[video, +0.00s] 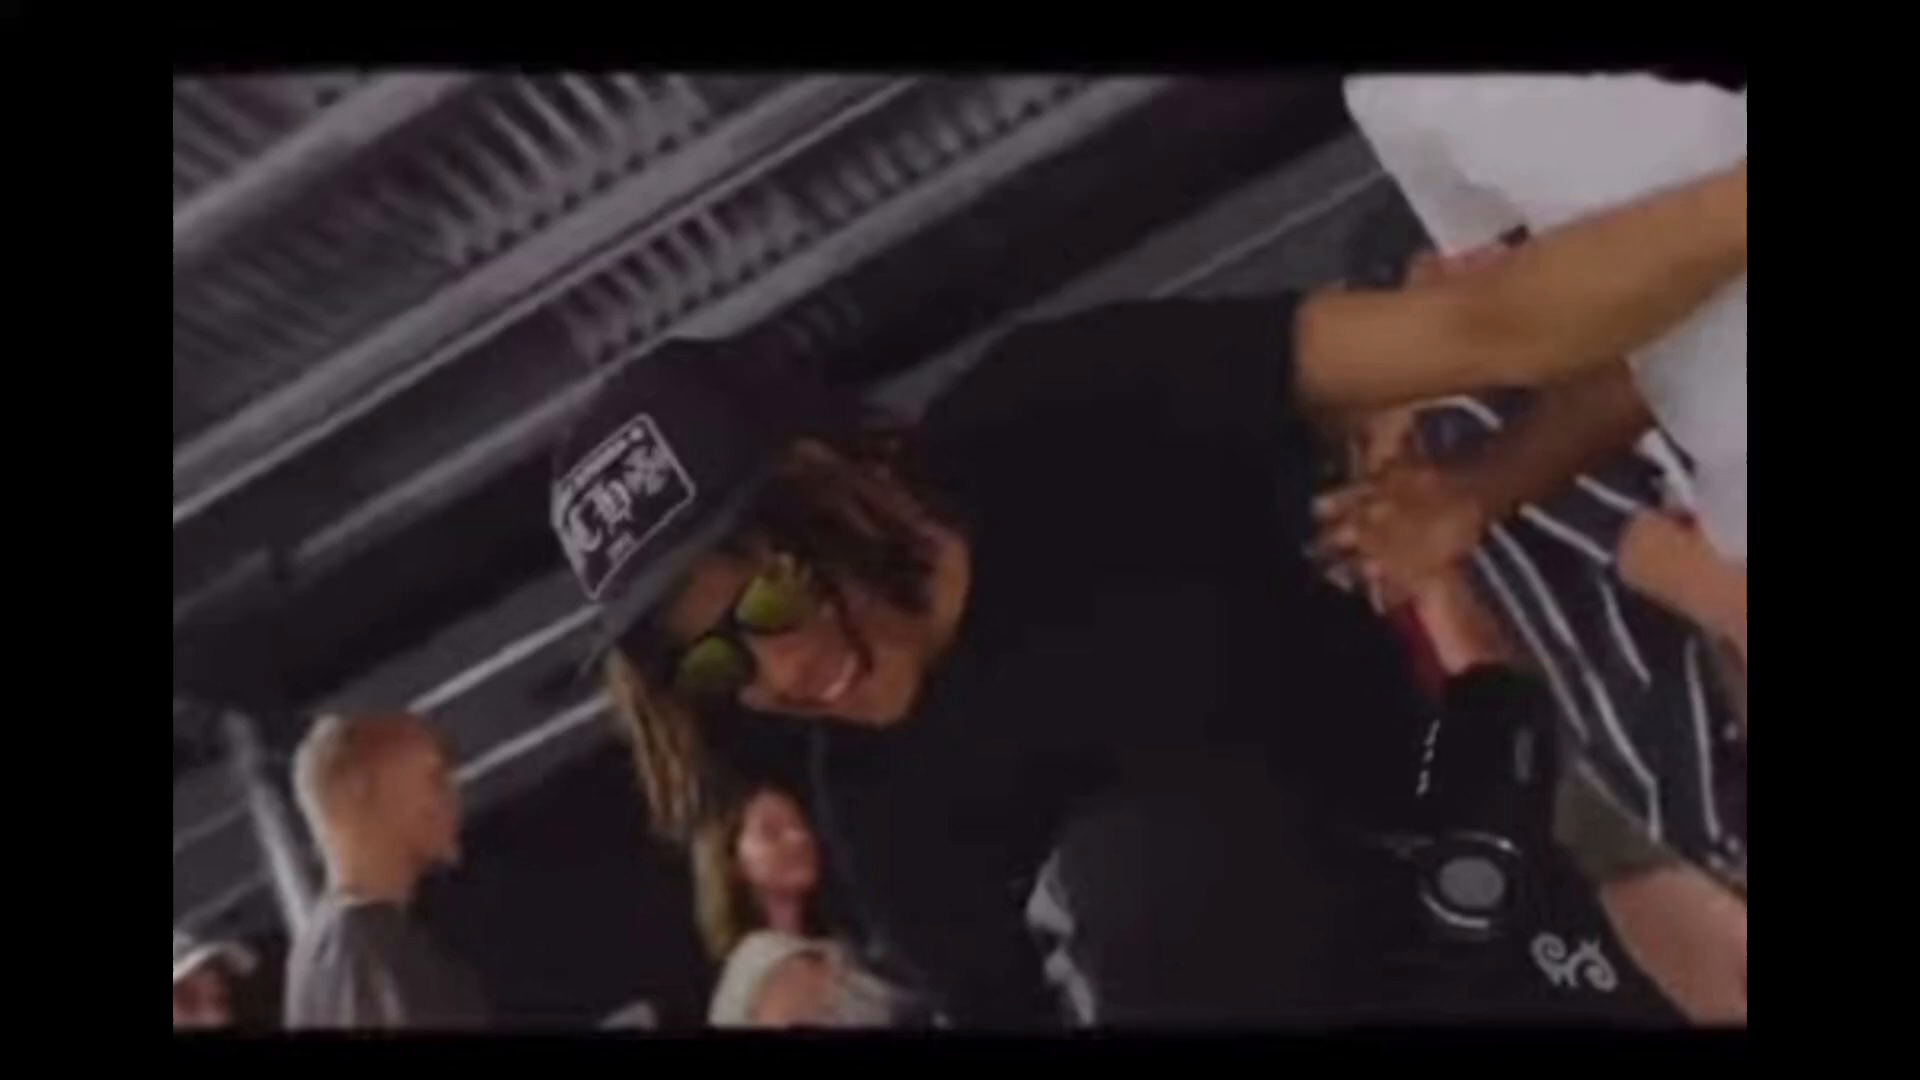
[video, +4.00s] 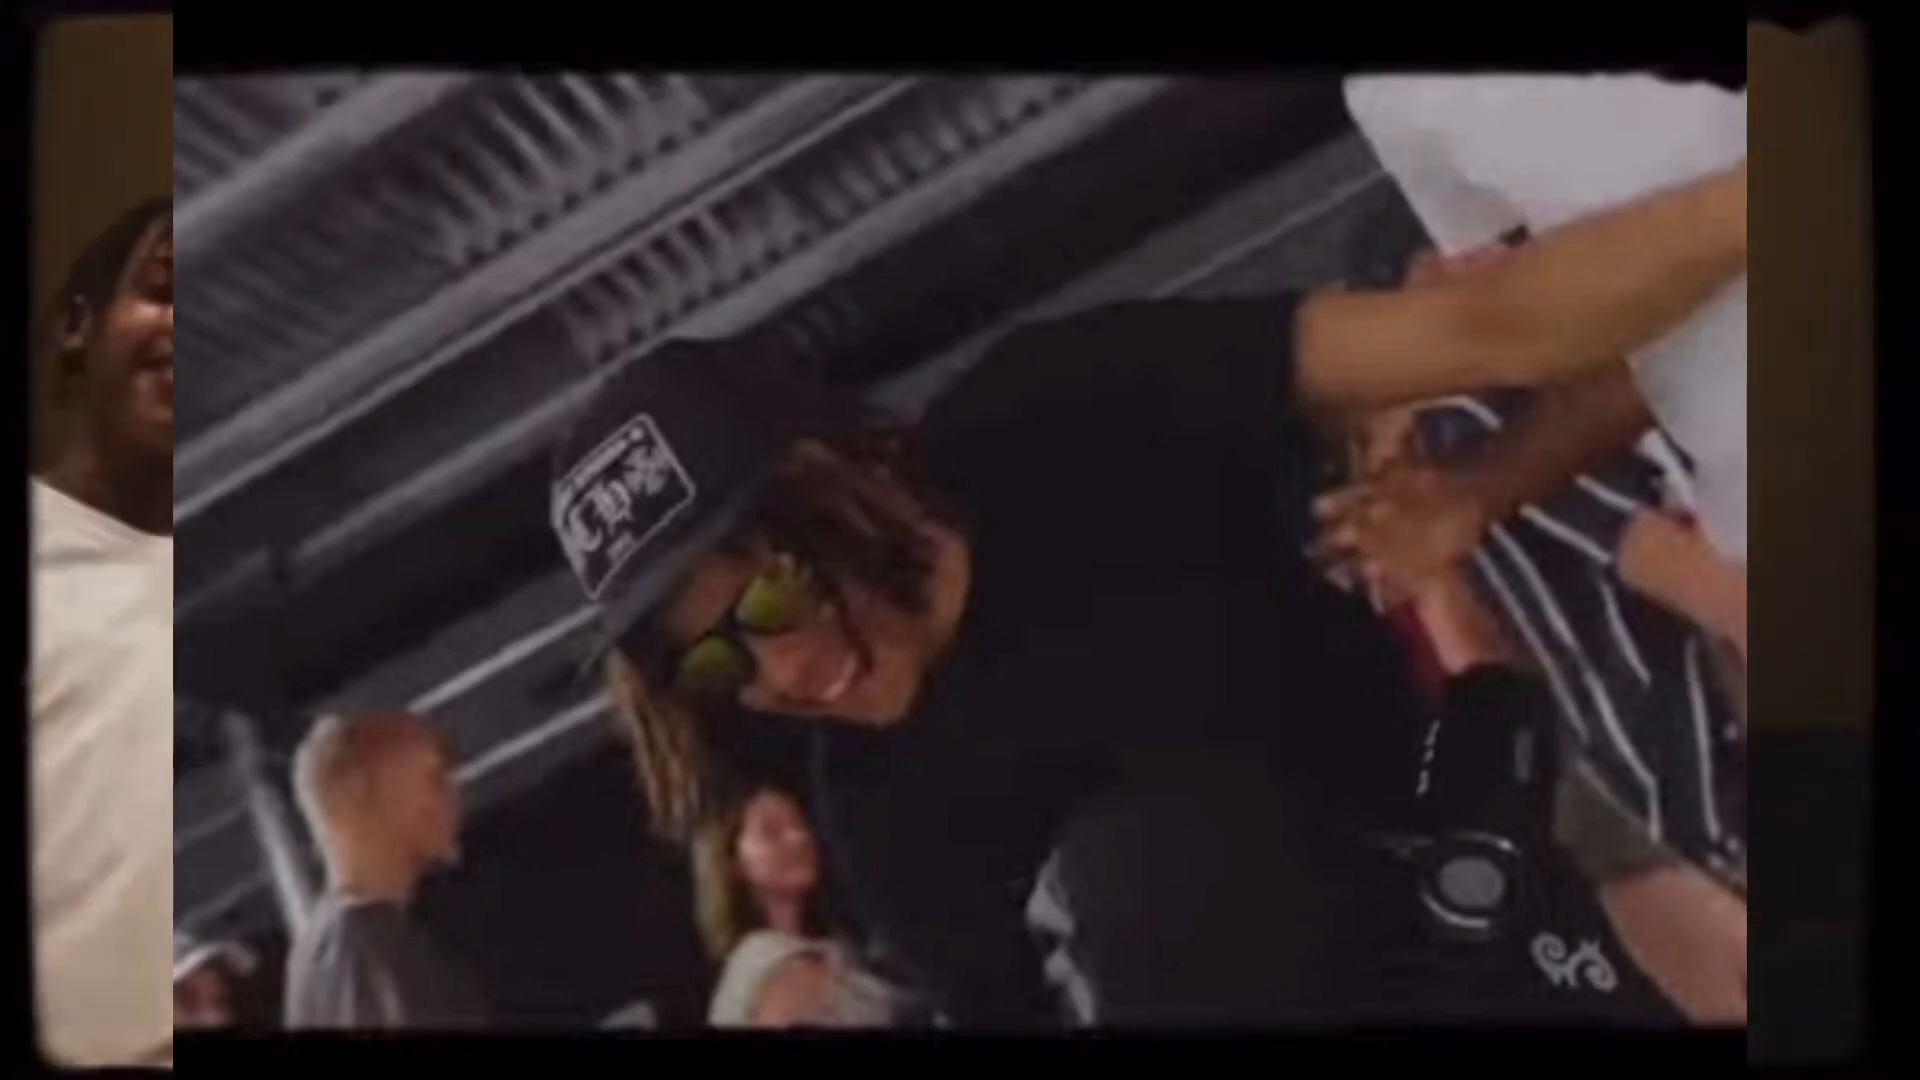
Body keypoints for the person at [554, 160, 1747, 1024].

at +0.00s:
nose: (767, 656)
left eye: (760, 583)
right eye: (708, 655)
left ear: (833, 476)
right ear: (687, 687)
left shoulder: (1052, 403)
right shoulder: (888, 847)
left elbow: (1470, 329)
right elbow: (1035, 1024)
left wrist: (1739, 209)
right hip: (1258, 977)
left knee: (1137, 866)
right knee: (1136, 865)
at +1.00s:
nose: (768, 656)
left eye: (761, 582)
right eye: (708, 654)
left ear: (835, 476)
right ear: (687, 685)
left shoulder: (1052, 404)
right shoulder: (886, 847)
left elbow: (1472, 328)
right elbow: (1031, 1024)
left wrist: (1740, 208)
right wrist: (837, 995)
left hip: (1477, 844)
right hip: (1240, 973)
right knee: (1136, 862)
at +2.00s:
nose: (768, 656)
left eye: (761, 582)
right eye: (708, 654)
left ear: (835, 476)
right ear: (687, 685)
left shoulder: (1052, 404)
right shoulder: (886, 847)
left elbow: (1472, 328)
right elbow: (1031, 1024)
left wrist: (1740, 208)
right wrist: (837, 995)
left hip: (1477, 844)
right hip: (1240, 973)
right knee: (1136, 862)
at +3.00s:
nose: (768, 657)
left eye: (761, 582)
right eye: (708, 654)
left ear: (835, 476)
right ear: (688, 686)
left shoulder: (1050, 404)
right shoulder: (889, 847)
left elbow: (1463, 331)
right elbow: (1040, 1023)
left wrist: (1758, 207)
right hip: (1273, 977)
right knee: (1136, 867)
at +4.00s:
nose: (768, 661)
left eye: (761, 587)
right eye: (709, 657)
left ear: (835, 480)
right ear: (686, 685)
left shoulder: (1051, 403)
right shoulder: (887, 843)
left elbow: (1469, 330)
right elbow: (1030, 1023)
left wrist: (1760, 200)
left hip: (1476, 839)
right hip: (1242, 973)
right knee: (1136, 867)